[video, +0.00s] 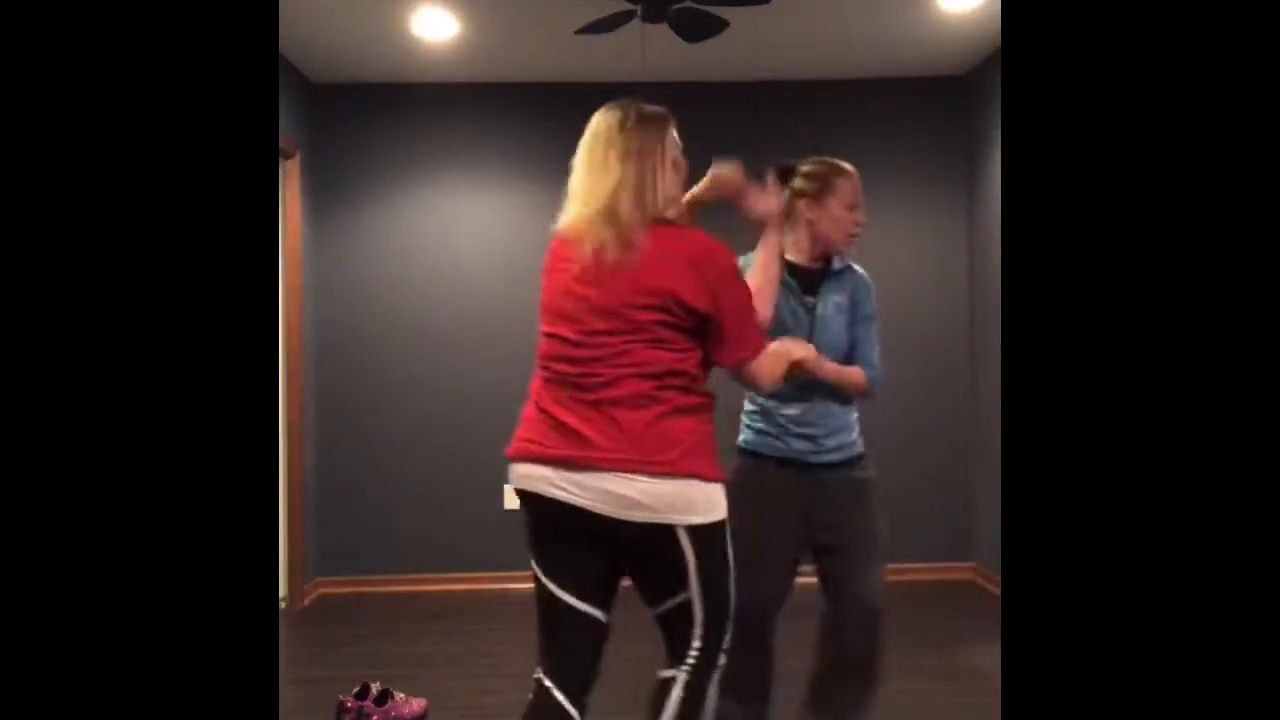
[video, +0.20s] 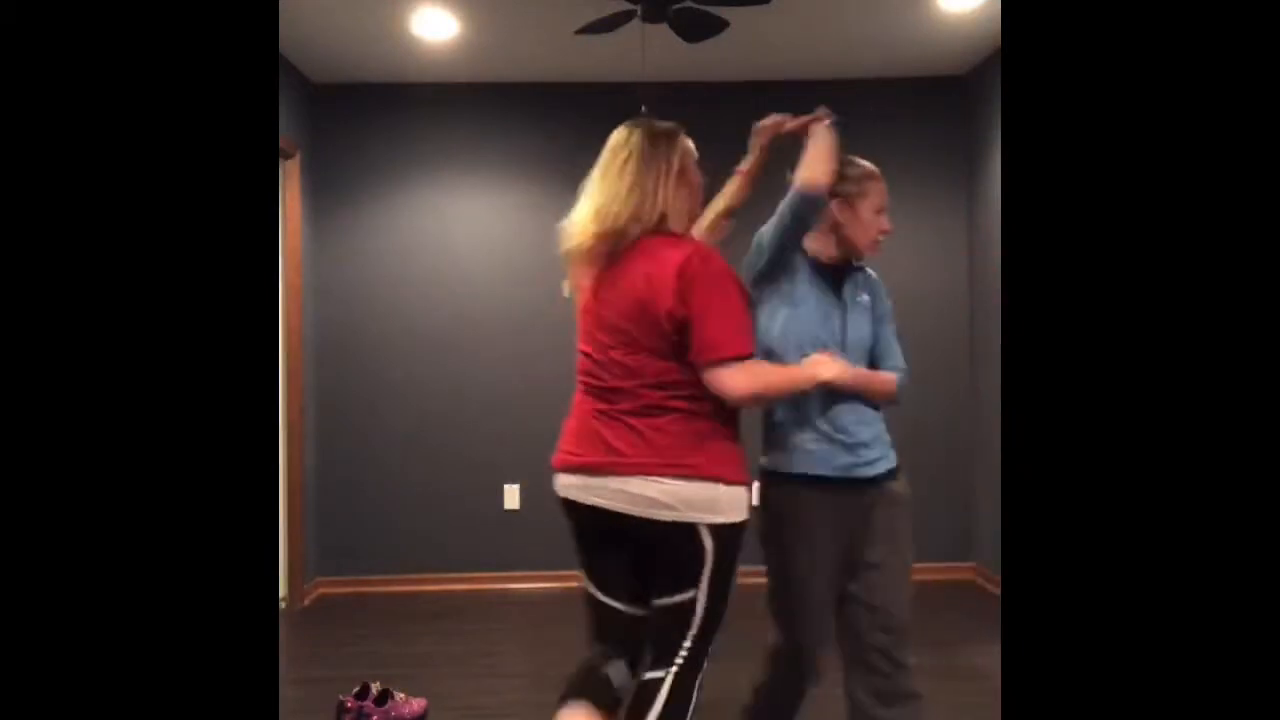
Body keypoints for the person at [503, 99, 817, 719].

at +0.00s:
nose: (680, 172)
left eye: (681, 160)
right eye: (676, 159)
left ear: (593, 166)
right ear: (657, 167)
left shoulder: (565, 245)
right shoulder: (697, 254)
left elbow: (640, 236)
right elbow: (761, 369)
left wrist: (702, 193)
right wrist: (791, 350)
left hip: (555, 486)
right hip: (667, 497)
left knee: (562, 670)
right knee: (696, 654)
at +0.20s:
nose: (702, 188)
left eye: (700, 173)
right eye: (693, 173)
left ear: (621, 181)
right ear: (667, 182)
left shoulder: (597, 258)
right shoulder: (692, 263)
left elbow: (688, 245)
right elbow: (733, 380)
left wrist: (750, 169)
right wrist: (815, 371)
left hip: (590, 484)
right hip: (686, 497)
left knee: (613, 650)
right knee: (674, 666)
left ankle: (579, 710)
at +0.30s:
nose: (719, 178)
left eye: (715, 166)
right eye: (709, 167)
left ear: (646, 181)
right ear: (679, 180)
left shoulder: (629, 262)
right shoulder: (695, 264)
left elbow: (717, 263)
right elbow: (704, 370)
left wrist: (774, 201)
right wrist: (816, 374)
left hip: (625, 480)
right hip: (694, 490)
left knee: (667, 627)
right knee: (685, 650)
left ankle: (619, 707)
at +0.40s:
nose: (738, 179)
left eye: (732, 167)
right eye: (725, 168)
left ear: (675, 182)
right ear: (691, 180)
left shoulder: (664, 257)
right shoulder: (695, 262)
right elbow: (685, 367)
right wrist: (810, 369)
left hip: (664, 467)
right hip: (697, 475)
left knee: (743, 595)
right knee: (691, 646)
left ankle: (705, 699)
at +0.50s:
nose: (753, 182)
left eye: (750, 171)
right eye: (742, 171)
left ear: (708, 183)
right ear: (705, 180)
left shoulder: (730, 262)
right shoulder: (689, 260)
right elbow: (679, 367)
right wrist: (795, 365)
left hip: (736, 458)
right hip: (698, 461)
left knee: (768, 602)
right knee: (707, 626)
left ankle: (769, 707)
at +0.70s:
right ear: (749, 190)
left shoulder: (777, 265)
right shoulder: (709, 268)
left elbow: (837, 348)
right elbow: (671, 360)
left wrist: (814, 384)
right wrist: (736, 378)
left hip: (774, 451)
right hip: (720, 456)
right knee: (783, 608)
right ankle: (708, 703)